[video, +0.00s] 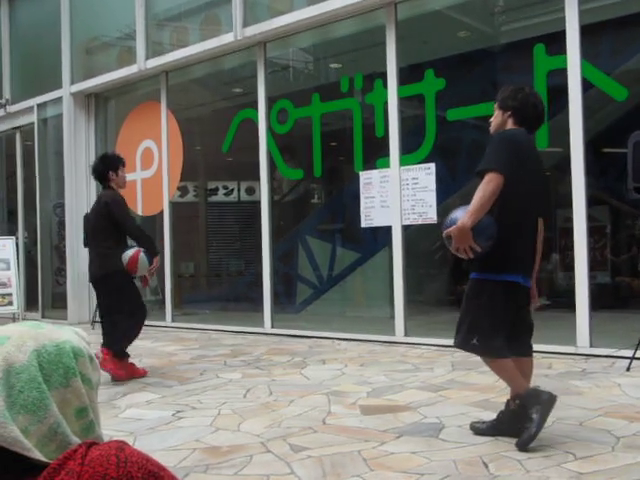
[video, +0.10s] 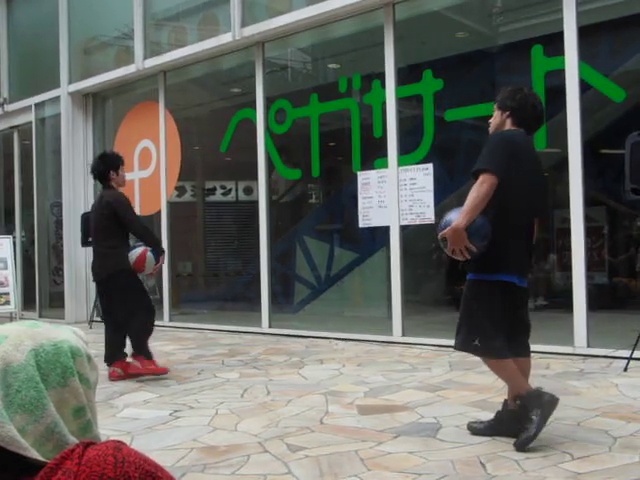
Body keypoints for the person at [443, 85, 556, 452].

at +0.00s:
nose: (490, 119)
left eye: (494, 112)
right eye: (493, 112)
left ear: (508, 116)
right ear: (523, 121)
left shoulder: (505, 141)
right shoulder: (534, 158)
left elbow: (494, 181)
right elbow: (537, 227)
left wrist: (463, 225)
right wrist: (531, 277)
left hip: (497, 263)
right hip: (521, 266)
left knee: (478, 335)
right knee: (517, 339)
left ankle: (529, 398)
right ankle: (512, 413)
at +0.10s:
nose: (489, 120)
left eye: (494, 113)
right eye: (492, 113)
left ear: (507, 116)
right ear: (522, 121)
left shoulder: (502, 141)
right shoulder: (532, 156)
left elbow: (487, 182)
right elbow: (533, 219)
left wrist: (458, 225)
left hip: (492, 264)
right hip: (516, 265)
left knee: (478, 337)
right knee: (515, 338)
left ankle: (530, 399)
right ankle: (511, 412)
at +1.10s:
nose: (492, 105)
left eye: (493, 99)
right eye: (494, 98)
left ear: (499, 103)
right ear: (534, 98)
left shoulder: (517, 136)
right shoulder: (542, 136)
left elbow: (524, 188)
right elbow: (540, 196)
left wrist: (515, 241)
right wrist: (518, 239)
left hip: (530, 261)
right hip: (544, 258)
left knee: (536, 347)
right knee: (528, 340)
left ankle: (556, 437)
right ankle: (516, 409)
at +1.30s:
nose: (506, 95)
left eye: (509, 89)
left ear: (513, 96)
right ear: (554, 94)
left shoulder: (523, 136)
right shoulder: (562, 138)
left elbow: (523, 193)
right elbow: (557, 203)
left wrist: (509, 247)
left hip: (534, 263)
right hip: (555, 262)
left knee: (542, 350)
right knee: (552, 343)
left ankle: (556, 439)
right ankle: (566, 421)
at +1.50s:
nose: (522, 88)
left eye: (525, 83)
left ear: (527, 93)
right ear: (569, 93)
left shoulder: (524, 138)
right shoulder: (580, 137)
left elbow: (512, 196)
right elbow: (577, 201)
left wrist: (489, 247)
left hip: (534, 265)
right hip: (574, 261)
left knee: (545, 351)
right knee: (585, 344)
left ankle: (556, 439)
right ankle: (606, 431)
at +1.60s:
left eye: (533, 84)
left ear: (535, 92)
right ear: (578, 93)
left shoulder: (528, 139)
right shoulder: (590, 139)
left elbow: (506, 199)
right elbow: (596, 208)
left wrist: (479, 247)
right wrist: (579, 242)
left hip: (537, 268)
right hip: (583, 265)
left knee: (547, 351)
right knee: (596, 346)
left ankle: (556, 439)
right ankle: (607, 432)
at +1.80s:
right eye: (598, 87)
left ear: (553, 92)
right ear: (596, 93)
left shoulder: (537, 140)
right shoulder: (610, 142)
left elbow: (508, 197)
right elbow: (623, 210)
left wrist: (478, 242)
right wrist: (619, 260)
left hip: (553, 269)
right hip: (600, 266)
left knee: (552, 352)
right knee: (607, 348)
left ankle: (556, 440)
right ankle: (608, 434)